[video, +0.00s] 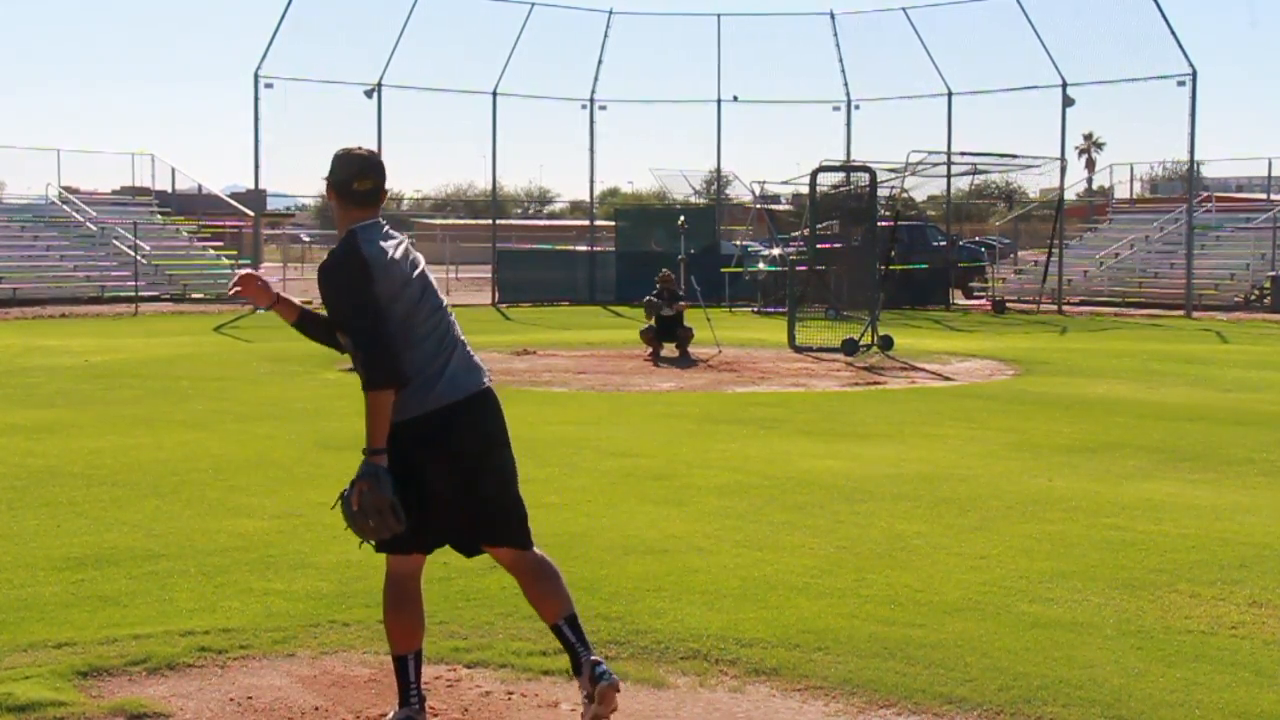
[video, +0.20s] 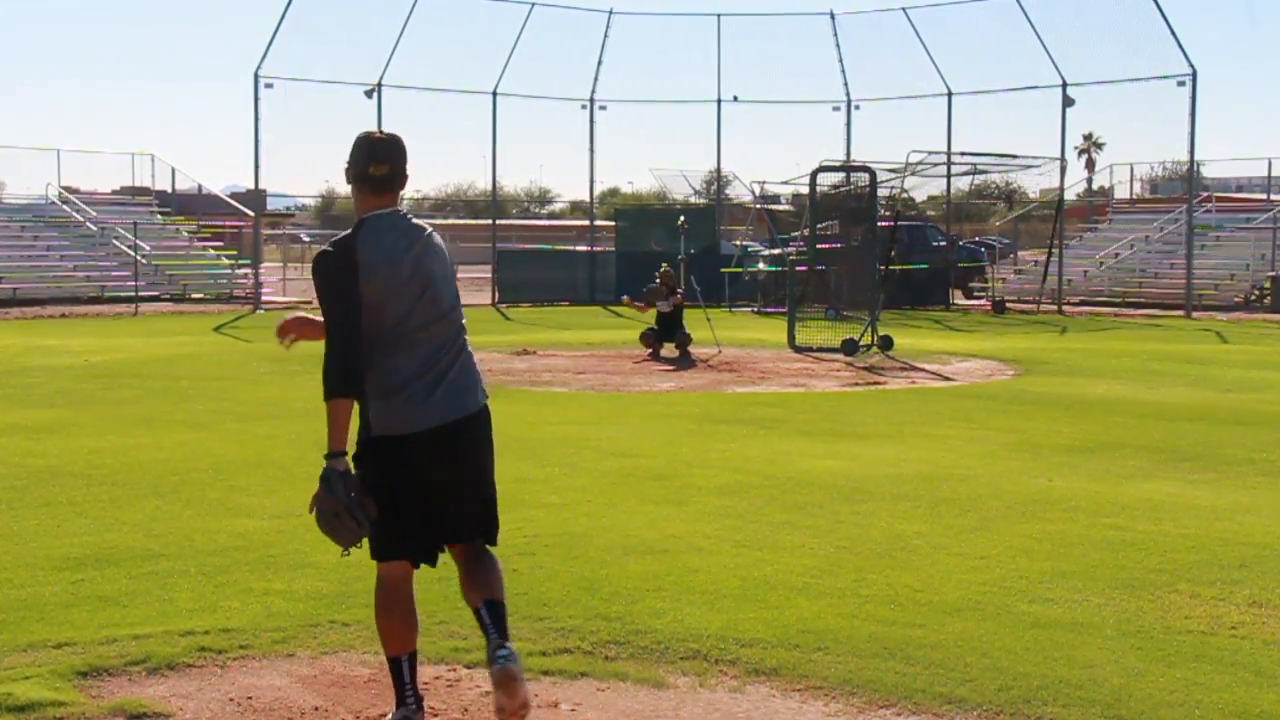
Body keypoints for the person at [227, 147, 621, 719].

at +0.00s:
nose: (325, 196)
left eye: (327, 188)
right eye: (336, 186)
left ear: (330, 196)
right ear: (382, 196)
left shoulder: (343, 263)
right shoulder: (397, 243)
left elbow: (380, 370)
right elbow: (349, 338)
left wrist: (374, 459)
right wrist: (278, 303)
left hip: (417, 431)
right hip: (477, 410)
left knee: (403, 568)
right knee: (514, 548)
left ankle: (410, 702)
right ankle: (587, 662)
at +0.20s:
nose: (362, 184)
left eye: (353, 174)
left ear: (350, 180)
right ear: (404, 181)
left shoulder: (339, 258)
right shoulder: (431, 242)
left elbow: (344, 361)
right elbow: (407, 318)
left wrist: (336, 460)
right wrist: (326, 326)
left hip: (393, 435)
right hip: (466, 423)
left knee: (394, 568)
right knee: (471, 542)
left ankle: (407, 701)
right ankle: (501, 646)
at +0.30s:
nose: (386, 177)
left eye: (370, 165)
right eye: (408, 169)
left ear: (359, 172)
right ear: (415, 174)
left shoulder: (337, 251)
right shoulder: (446, 240)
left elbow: (336, 354)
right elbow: (469, 321)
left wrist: (335, 448)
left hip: (383, 435)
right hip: (458, 430)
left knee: (389, 565)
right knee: (458, 555)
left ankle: (403, 698)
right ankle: (451, 656)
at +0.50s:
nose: (409, 160)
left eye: (391, 147)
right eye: (425, 151)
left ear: (375, 154)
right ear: (433, 156)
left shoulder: (337, 235)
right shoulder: (467, 228)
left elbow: (322, 334)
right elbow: (517, 312)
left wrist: (320, 421)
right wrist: (478, 359)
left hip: (372, 428)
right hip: (450, 424)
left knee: (382, 559)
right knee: (440, 571)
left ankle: (389, 683)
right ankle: (407, 699)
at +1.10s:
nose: (434, 146)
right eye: (438, 137)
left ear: (375, 136)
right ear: (438, 142)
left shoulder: (327, 219)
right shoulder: (441, 226)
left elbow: (341, 317)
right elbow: (452, 350)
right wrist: (485, 441)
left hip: (343, 443)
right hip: (428, 442)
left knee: (357, 587)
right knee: (421, 586)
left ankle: (360, 713)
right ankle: (410, 713)